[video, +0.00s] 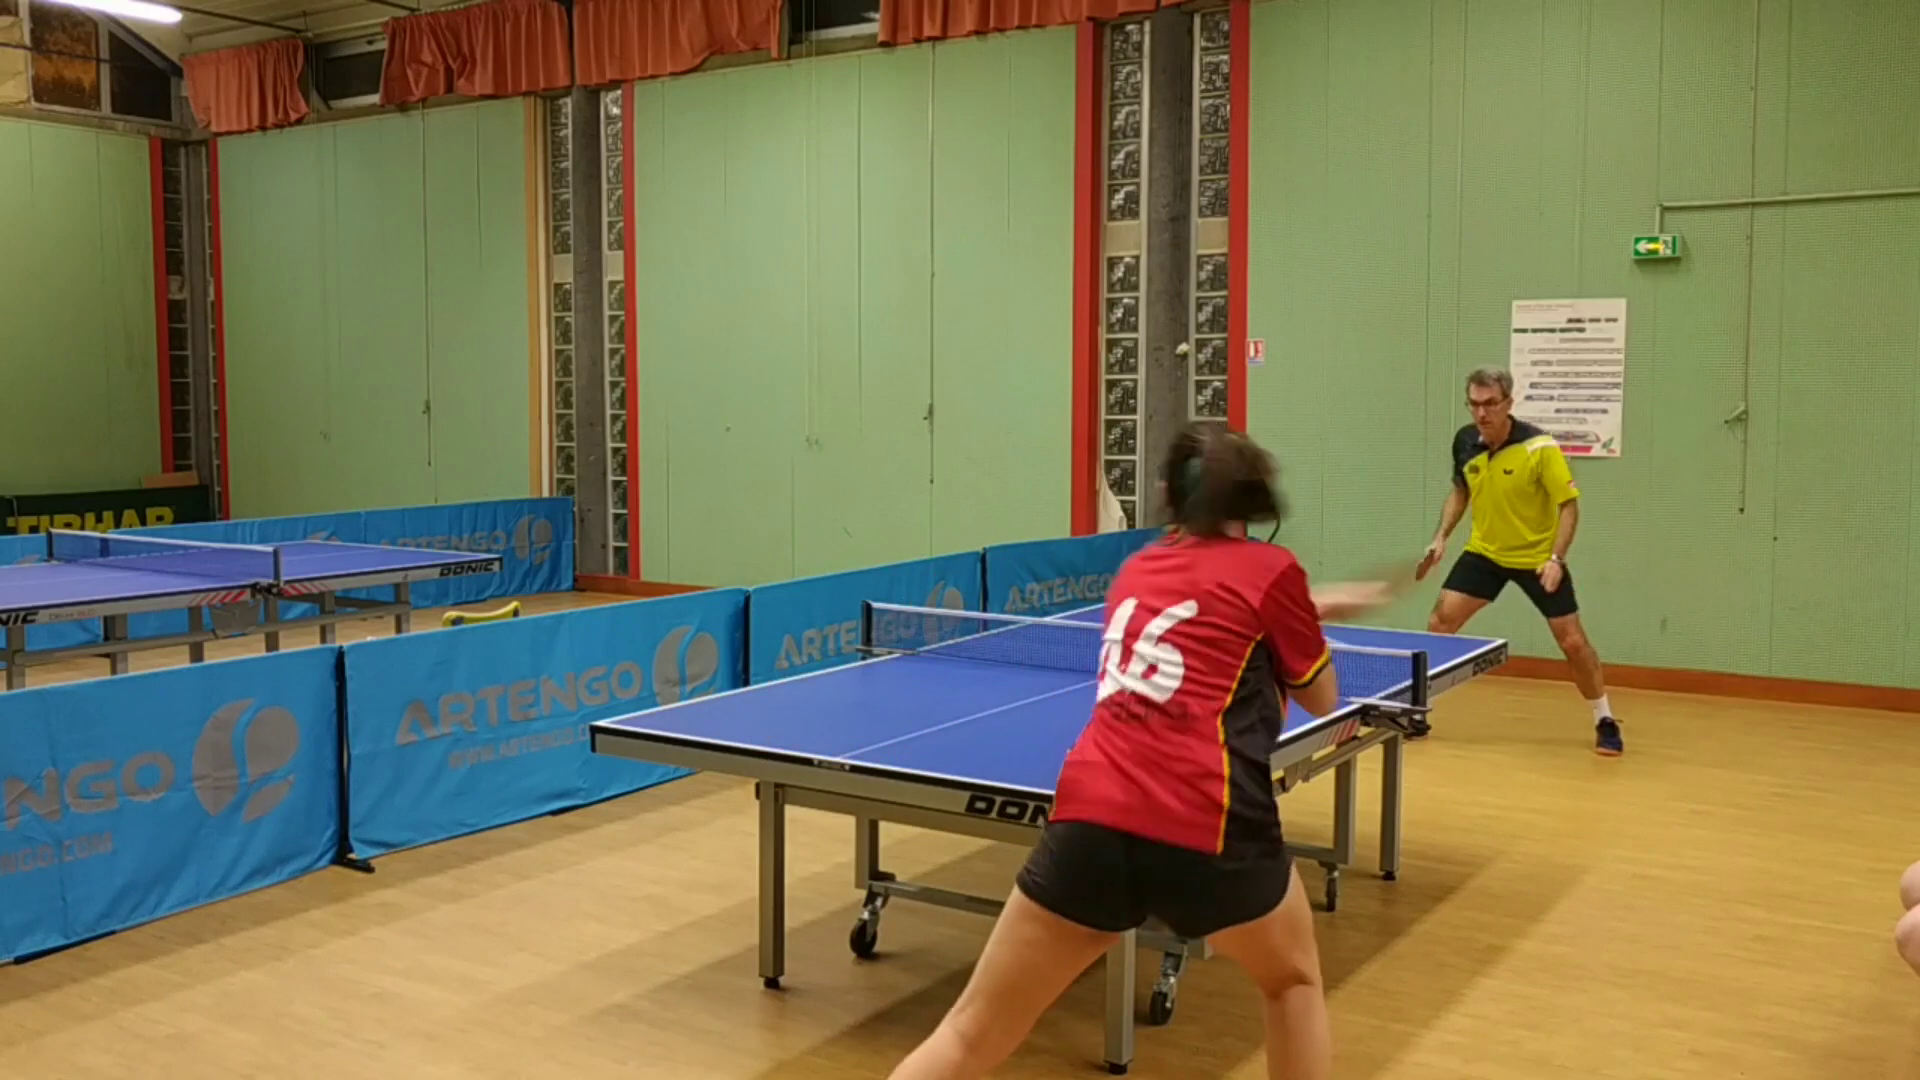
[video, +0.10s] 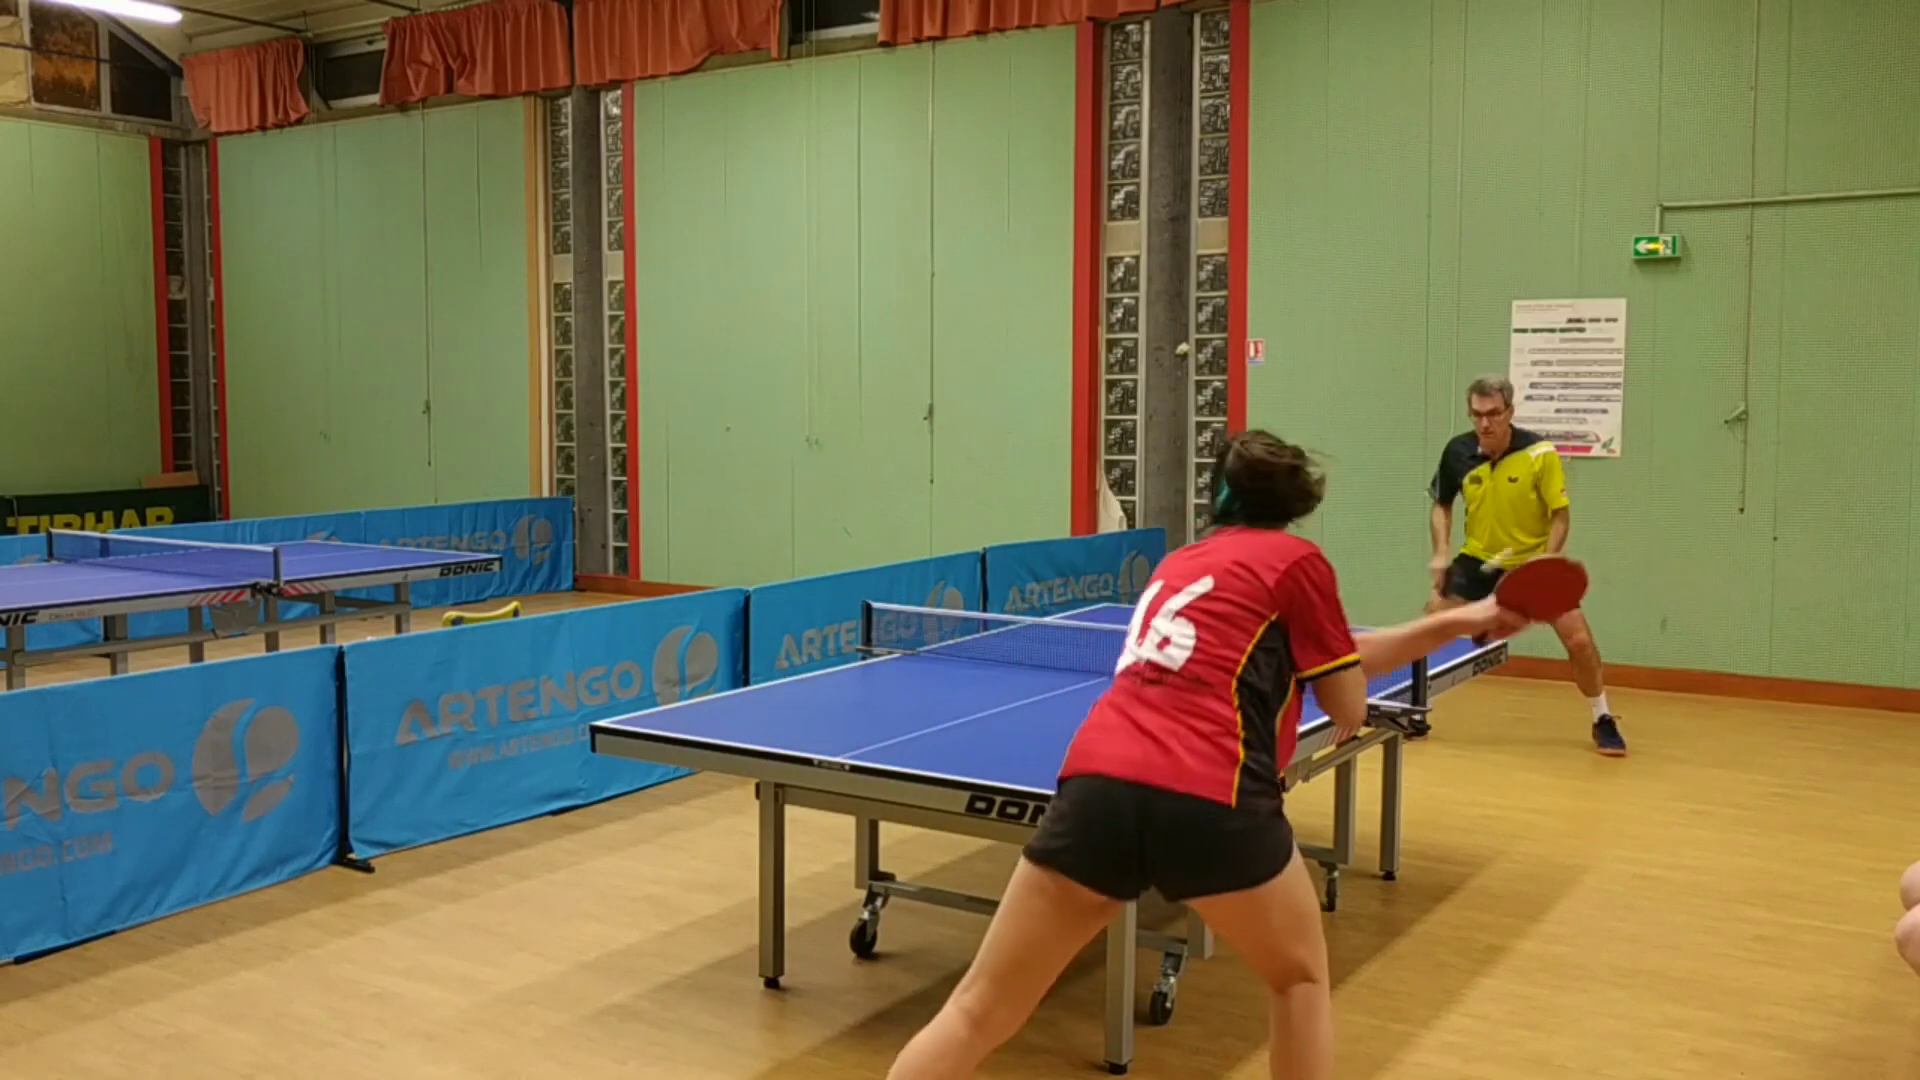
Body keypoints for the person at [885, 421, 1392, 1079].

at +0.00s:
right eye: (1249, 486)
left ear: (1172, 497)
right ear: (1249, 499)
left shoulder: (1138, 566)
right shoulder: (1273, 571)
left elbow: (1206, 623)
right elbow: (1319, 696)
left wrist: (1313, 606)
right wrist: (1274, 631)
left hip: (1091, 828)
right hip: (1213, 837)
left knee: (966, 1037)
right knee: (1291, 985)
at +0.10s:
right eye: (1305, 493)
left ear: (1226, 498)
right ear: (1297, 505)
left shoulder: (1180, 563)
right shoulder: (1297, 564)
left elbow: (1331, 657)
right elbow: (1347, 712)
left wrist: (1453, 622)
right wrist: (1319, 719)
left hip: (1095, 793)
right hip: (1211, 808)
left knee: (975, 1011)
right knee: (1299, 983)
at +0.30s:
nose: (1314, 446)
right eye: (1309, 436)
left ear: (1226, 446)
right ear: (1301, 448)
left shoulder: (1182, 509)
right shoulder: (1312, 525)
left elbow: (1247, 650)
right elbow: (1353, 682)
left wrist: (1373, 672)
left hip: (1092, 749)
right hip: (1209, 770)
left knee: (983, 965)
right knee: (1284, 977)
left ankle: (890, 1074)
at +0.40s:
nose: (1280, 411)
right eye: (1275, 400)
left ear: (1189, 411)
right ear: (1267, 414)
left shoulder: (1143, 481)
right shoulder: (1293, 502)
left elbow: (1191, 595)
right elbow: (1339, 653)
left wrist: (1322, 642)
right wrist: (1266, 621)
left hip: (1082, 740)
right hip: (1202, 761)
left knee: (976, 944)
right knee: (1268, 974)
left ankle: (888, 1077)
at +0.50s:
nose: (1227, 381)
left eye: (1222, 370)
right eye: (1222, 372)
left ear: (1128, 392)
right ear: (1212, 391)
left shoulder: (1084, 468)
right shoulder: (1252, 486)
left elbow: (1100, 575)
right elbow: (1303, 623)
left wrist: (1224, 571)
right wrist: (1231, 571)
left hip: (1056, 736)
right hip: (1180, 752)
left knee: (960, 943)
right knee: (1247, 969)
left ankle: (893, 1074)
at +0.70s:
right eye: (1055, 382)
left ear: (974, 400)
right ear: (1057, 397)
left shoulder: (932, 493)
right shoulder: (1112, 497)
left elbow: (890, 599)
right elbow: (1185, 626)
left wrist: (971, 561)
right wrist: (1114, 570)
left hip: (960, 774)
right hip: (1080, 773)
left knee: (898, 961)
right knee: (1179, 975)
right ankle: (1249, 1078)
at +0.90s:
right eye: (919, 356)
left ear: (843, 370)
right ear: (925, 367)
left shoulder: (808, 474)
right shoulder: (982, 468)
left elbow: (758, 629)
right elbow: (1037, 603)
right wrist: (956, 605)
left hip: (864, 755)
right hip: (970, 746)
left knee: (851, 967)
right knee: (982, 928)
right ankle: (1099, 1069)